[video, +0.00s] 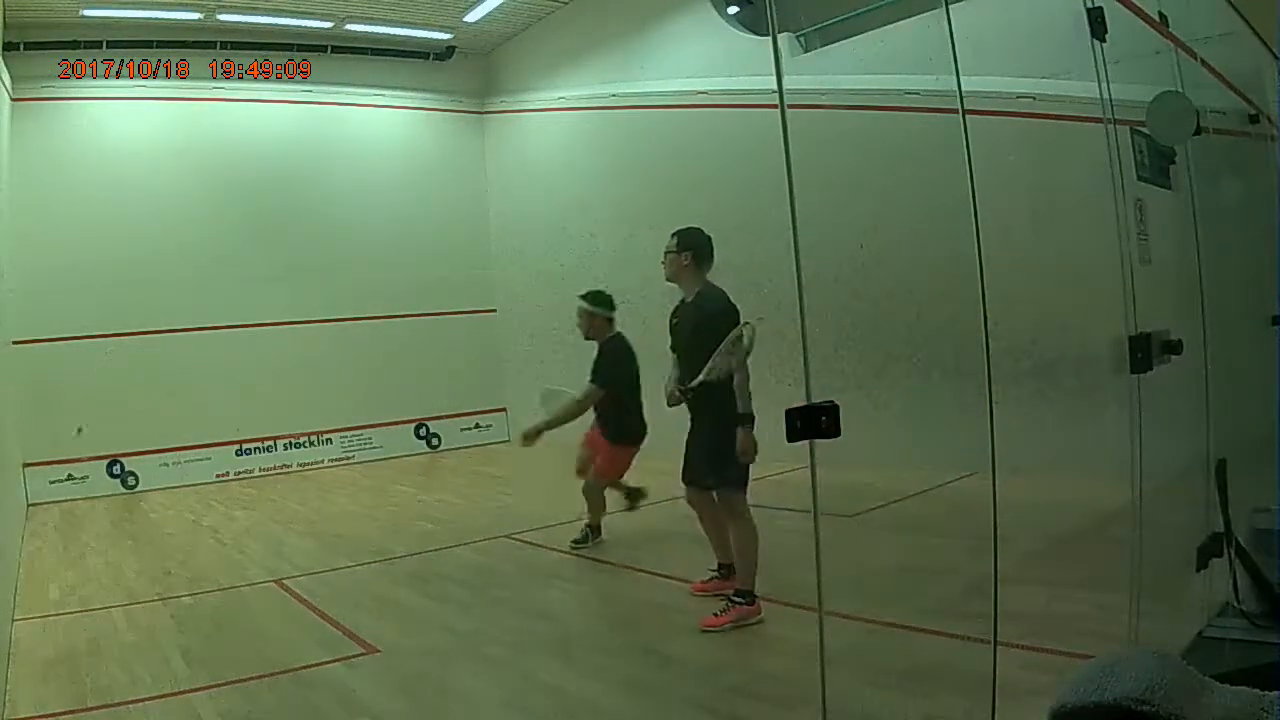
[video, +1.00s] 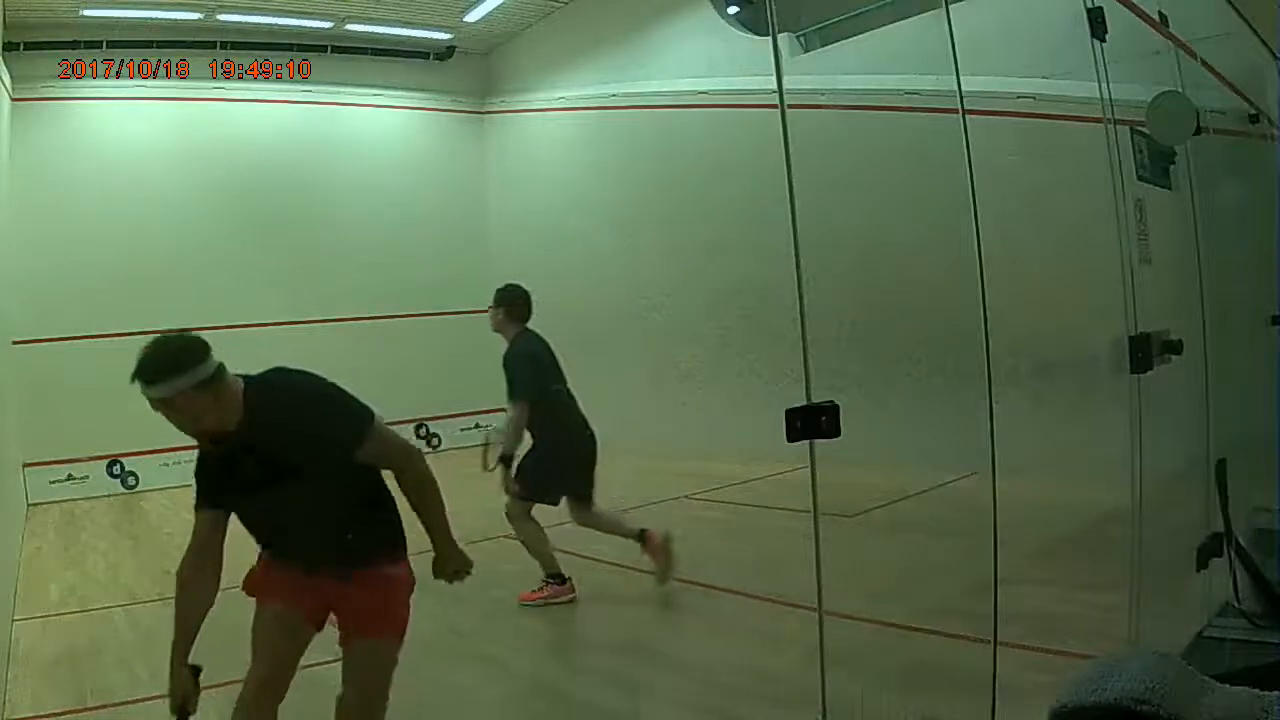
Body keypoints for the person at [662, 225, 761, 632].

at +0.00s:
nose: (663, 261)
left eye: (668, 255)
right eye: (664, 255)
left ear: (687, 259)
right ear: (686, 260)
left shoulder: (718, 306)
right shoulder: (680, 311)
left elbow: (739, 367)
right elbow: (681, 360)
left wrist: (745, 424)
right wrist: (674, 385)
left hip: (727, 418)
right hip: (702, 418)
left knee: (732, 502)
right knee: (697, 494)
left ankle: (747, 599)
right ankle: (727, 570)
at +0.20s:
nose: (662, 268)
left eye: (669, 261)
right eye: (663, 261)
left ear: (691, 265)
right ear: (686, 267)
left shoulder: (713, 310)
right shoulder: (680, 314)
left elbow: (743, 368)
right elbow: (677, 364)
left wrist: (769, 417)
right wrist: (673, 385)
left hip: (721, 418)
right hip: (698, 418)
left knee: (726, 500)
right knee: (705, 495)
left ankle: (747, 597)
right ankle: (749, 574)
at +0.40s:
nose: (655, 273)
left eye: (661, 265)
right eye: (655, 266)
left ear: (684, 269)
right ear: (679, 271)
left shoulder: (693, 311)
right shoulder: (687, 307)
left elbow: (715, 370)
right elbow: (684, 365)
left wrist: (725, 418)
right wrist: (664, 387)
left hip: (692, 424)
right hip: (705, 421)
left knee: (677, 507)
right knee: (718, 498)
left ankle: (724, 585)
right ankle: (752, 575)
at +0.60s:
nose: (627, 281)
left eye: (634, 274)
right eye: (626, 275)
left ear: (656, 278)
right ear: (651, 281)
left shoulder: (661, 317)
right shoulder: (660, 313)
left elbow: (675, 372)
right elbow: (658, 365)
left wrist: (686, 428)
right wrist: (641, 393)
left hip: (662, 429)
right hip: (685, 424)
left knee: (619, 498)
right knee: (717, 498)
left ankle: (641, 583)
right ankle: (751, 574)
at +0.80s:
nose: (569, 302)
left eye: (576, 295)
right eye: (569, 296)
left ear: (598, 298)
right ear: (595, 301)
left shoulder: (604, 340)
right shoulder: (607, 335)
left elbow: (615, 397)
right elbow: (604, 387)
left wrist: (614, 450)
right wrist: (591, 413)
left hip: (619, 440)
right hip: (646, 436)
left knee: (563, 498)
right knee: (689, 503)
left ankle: (563, 580)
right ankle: (741, 564)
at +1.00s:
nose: (489, 313)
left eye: (492, 308)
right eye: (491, 308)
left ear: (503, 314)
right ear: (520, 313)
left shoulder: (517, 353)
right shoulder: (535, 344)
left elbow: (519, 414)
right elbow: (541, 403)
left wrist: (506, 458)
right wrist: (504, 437)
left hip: (554, 446)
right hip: (581, 439)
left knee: (517, 511)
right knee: (582, 513)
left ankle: (557, 582)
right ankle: (646, 538)